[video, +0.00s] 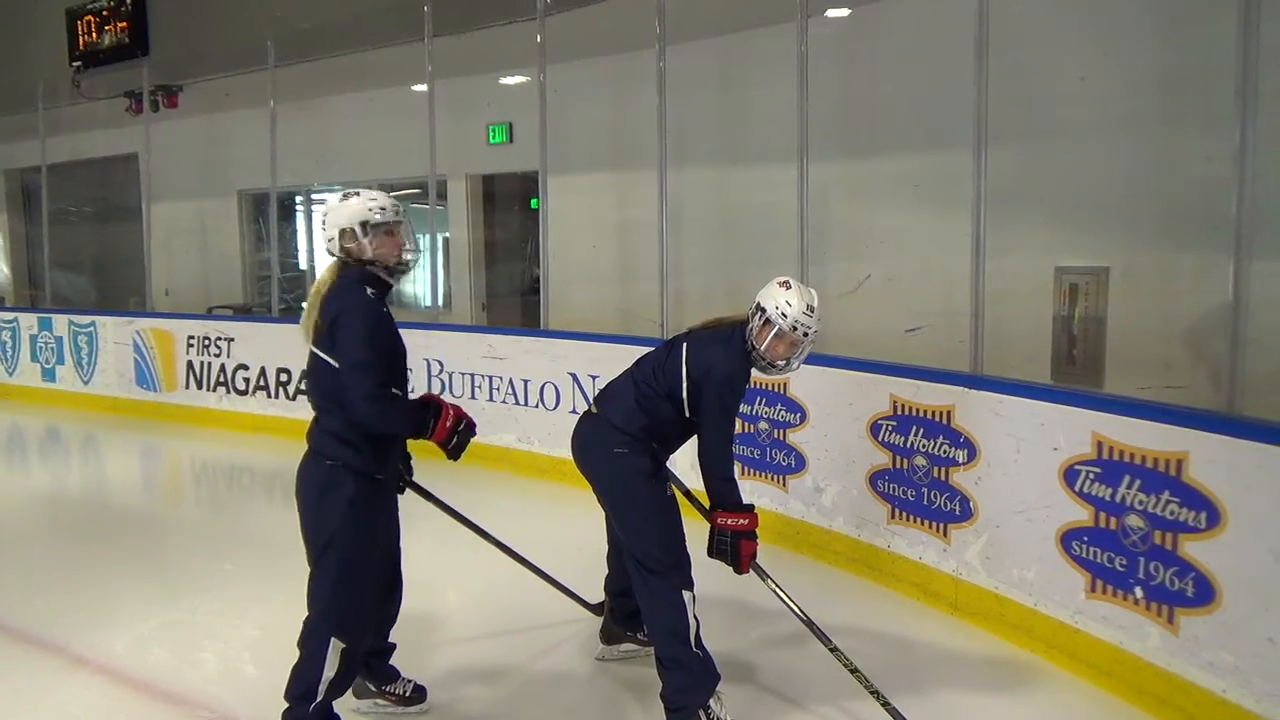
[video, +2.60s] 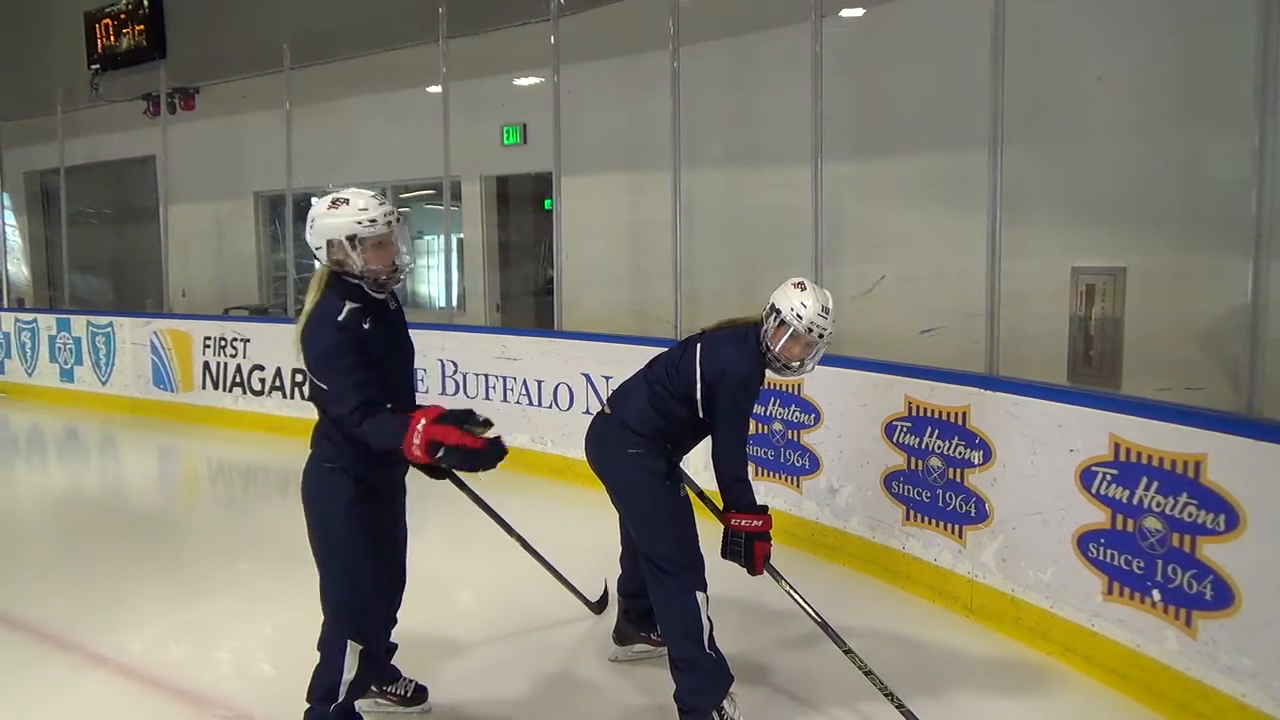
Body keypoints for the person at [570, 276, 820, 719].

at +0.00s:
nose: (776, 348)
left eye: (790, 342)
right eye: (773, 334)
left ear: (803, 346)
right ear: (757, 320)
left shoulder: (725, 341)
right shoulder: (726, 363)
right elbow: (715, 448)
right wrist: (733, 517)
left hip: (604, 435)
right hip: (621, 446)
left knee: (631, 535)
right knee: (666, 570)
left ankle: (622, 623)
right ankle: (690, 703)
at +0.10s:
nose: (778, 348)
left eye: (791, 342)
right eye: (774, 334)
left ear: (803, 346)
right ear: (758, 320)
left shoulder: (726, 340)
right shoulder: (726, 363)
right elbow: (716, 449)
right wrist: (734, 517)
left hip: (605, 435)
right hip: (622, 446)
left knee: (631, 536)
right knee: (667, 569)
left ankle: (623, 624)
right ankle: (691, 703)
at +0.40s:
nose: (779, 348)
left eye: (791, 342)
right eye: (775, 334)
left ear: (805, 345)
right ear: (759, 321)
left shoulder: (729, 340)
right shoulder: (729, 364)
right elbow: (718, 449)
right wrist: (735, 517)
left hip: (607, 434)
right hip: (623, 446)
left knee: (634, 534)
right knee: (669, 568)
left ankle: (625, 624)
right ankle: (693, 703)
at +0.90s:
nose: (782, 347)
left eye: (795, 341)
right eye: (778, 333)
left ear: (809, 346)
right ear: (762, 320)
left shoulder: (733, 340)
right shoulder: (733, 363)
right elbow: (722, 449)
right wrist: (739, 519)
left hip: (611, 434)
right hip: (627, 446)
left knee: (638, 535)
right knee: (672, 569)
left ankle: (628, 625)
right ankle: (696, 703)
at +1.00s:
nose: (783, 348)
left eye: (796, 342)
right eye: (780, 334)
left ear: (810, 346)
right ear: (763, 321)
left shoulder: (733, 340)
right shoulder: (733, 363)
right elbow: (722, 449)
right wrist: (740, 519)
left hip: (611, 435)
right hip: (628, 447)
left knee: (638, 535)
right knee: (673, 570)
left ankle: (628, 625)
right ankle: (696, 704)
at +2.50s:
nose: (790, 349)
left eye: (804, 343)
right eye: (786, 334)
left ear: (817, 347)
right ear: (770, 322)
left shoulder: (741, 341)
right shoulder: (740, 365)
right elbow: (728, 450)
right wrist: (746, 517)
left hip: (619, 435)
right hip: (634, 446)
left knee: (644, 534)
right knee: (678, 569)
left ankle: (635, 625)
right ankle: (703, 703)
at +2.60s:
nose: (790, 348)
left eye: (803, 342)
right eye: (786, 334)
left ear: (817, 346)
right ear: (770, 321)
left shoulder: (741, 343)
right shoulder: (740, 364)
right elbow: (729, 450)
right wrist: (746, 517)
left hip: (619, 435)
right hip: (634, 446)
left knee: (644, 535)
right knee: (679, 569)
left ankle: (636, 624)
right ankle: (704, 703)